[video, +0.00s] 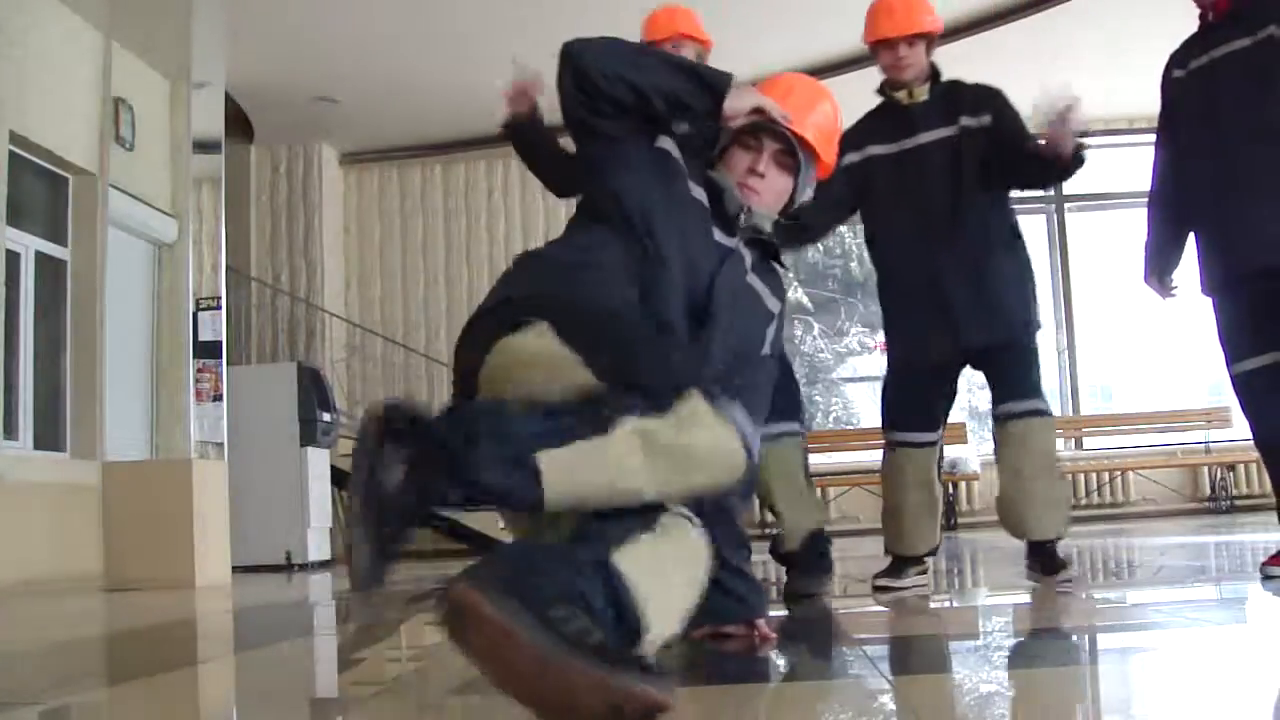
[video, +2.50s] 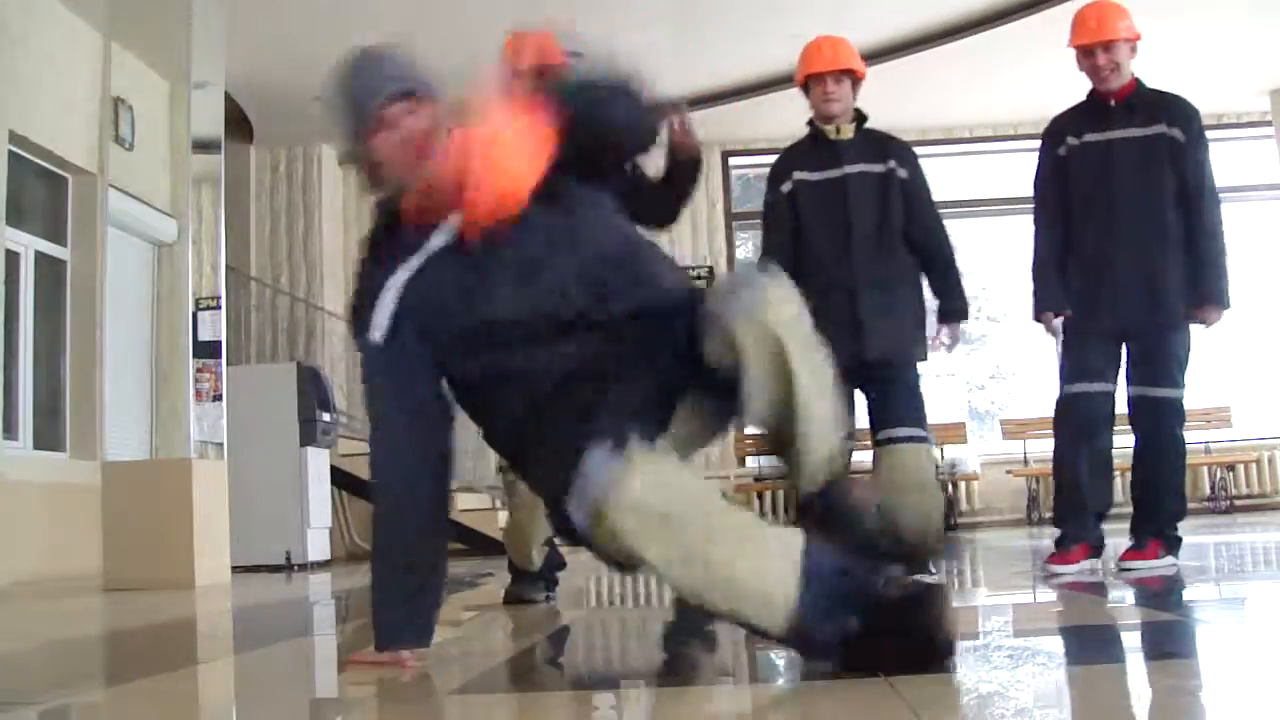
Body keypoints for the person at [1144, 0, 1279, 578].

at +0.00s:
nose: (1193, 8)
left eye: (1194, 5)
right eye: (1194, 7)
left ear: (1211, 3)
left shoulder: (1191, 60)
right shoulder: (1188, 62)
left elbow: (1175, 169)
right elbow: (1175, 169)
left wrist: (1160, 259)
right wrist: (1162, 256)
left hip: (1244, 263)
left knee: (1266, 409)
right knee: (1265, 408)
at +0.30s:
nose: (1174, 3)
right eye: (1174, 1)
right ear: (1194, 3)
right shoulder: (1172, 62)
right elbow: (1165, 165)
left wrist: (1149, 258)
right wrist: (1151, 256)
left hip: (1261, 244)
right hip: (1220, 255)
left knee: (1261, 389)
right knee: (1247, 394)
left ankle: (1276, 540)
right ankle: (1274, 538)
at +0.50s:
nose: (1147, 2)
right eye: (1145, 1)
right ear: (1160, 5)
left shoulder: (1254, 20)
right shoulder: (1162, 60)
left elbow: (1272, 128)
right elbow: (1163, 168)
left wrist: (1274, 229)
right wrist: (1155, 261)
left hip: (1254, 246)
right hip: (1206, 252)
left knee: (1225, 388)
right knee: (1258, 398)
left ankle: (1203, 538)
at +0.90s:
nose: (1087, 2)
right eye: (1085, 1)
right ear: (1106, 1)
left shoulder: (1188, 16)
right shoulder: (1123, 45)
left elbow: (1206, 131)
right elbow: (1129, 157)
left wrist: (1182, 229)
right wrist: (1112, 254)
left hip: (1188, 248)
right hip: (1149, 253)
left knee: (1183, 394)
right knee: (1180, 396)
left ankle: (1196, 550)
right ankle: (1270, 511)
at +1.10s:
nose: (1062, 4)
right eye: (1060, 1)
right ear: (1086, 0)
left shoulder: (1158, 15)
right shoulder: (1103, 43)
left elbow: (1164, 126)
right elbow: (1096, 156)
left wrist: (1127, 224)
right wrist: (1069, 248)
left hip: (1163, 241)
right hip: (1120, 247)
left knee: (1164, 385)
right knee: (1116, 388)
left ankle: (1203, 553)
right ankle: (1178, 542)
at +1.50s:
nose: (1014, 22)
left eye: (1019, 7)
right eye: (1005, 15)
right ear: (1008, 19)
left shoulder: (1123, 53)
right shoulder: (1035, 93)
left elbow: (1154, 158)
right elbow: (1039, 195)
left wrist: (1151, 253)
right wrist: (1037, 286)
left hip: (1121, 273)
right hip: (1063, 284)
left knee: (1151, 405)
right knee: (1075, 412)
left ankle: (1194, 548)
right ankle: (1111, 542)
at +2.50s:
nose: (1101, 59)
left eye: (1110, 47)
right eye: (1089, 51)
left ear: (1132, 46)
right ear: (1077, 57)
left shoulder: (1176, 115)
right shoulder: (1061, 131)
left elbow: (1202, 204)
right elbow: (1048, 219)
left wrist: (1209, 287)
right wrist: (1048, 291)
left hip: (1161, 298)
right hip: (1087, 301)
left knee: (1158, 422)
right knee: (1079, 421)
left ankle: (1155, 538)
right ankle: (1079, 537)